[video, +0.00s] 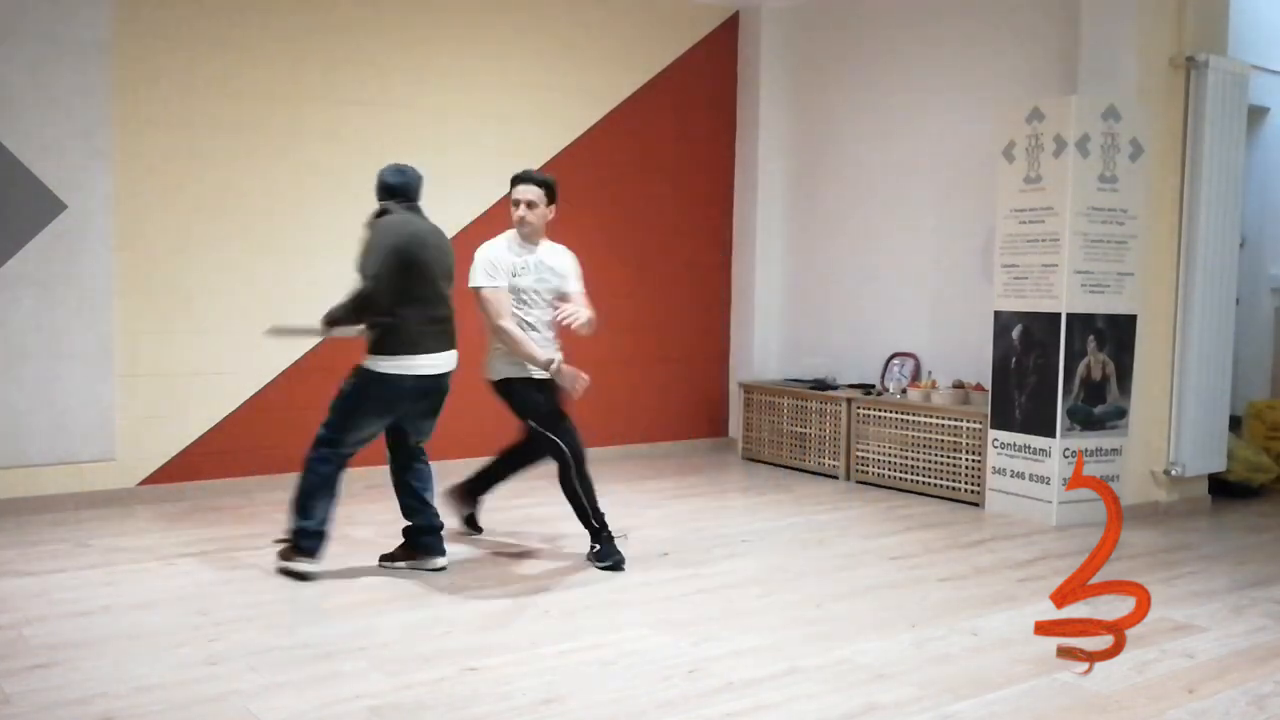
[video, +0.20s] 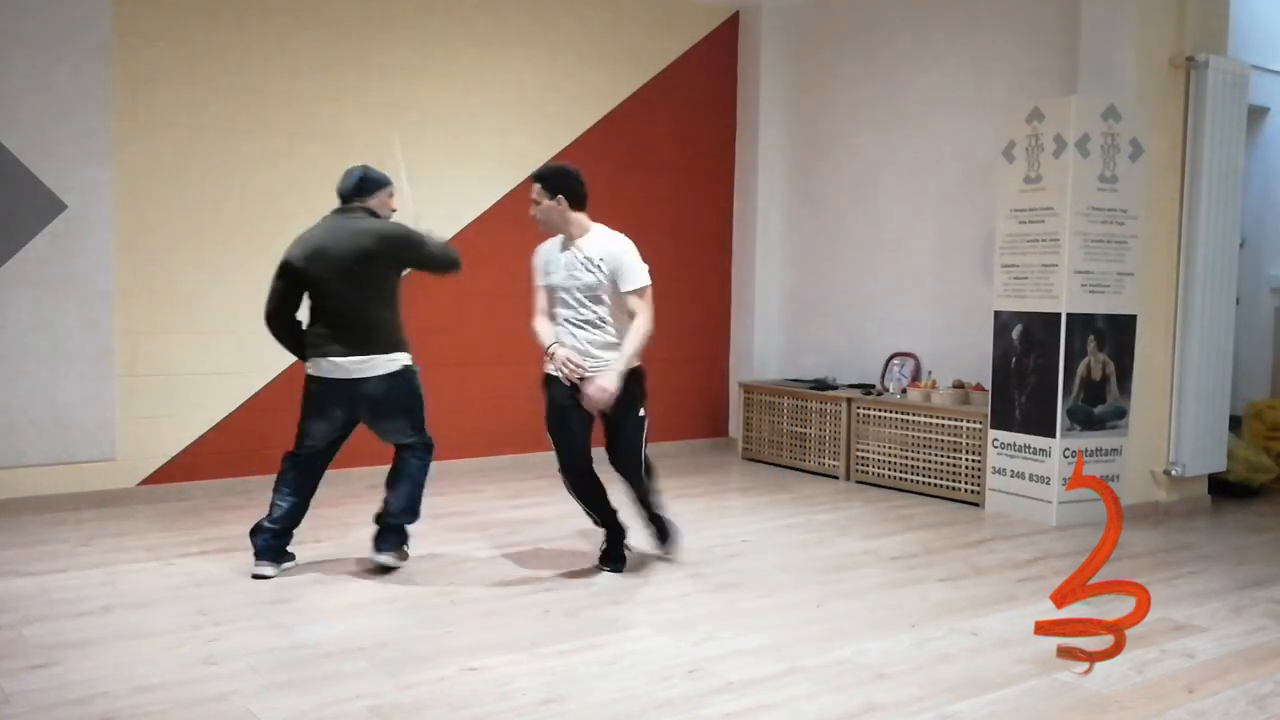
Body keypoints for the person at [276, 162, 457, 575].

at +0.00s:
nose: (378, 201)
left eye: (379, 195)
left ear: (382, 194)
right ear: (416, 195)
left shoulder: (387, 229)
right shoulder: (437, 235)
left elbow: (376, 292)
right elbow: (424, 298)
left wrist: (336, 317)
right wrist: (370, 317)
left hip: (390, 372)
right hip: (436, 370)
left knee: (330, 449)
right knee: (408, 448)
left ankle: (305, 545)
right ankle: (426, 543)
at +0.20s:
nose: (395, 206)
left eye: (393, 198)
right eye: (390, 199)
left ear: (347, 199)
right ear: (372, 200)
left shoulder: (306, 244)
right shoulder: (387, 235)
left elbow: (278, 315)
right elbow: (449, 260)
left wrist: (313, 351)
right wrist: (425, 240)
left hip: (327, 378)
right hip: (386, 374)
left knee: (305, 458)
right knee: (414, 446)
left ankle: (269, 549)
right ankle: (391, 540)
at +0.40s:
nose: (372, 200)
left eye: (371, 194)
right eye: (367, 193)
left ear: (328, 196)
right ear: (346, 194)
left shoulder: (300, 240)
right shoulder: (346, 223)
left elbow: (299, 313)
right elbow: (408, 192)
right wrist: (393, 151)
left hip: (312, 371)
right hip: (355, 365)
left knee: (303, 457)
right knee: (418, 437)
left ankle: (253, 547)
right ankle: (396, 538)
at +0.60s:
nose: (390, 205)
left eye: (388, 196)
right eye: (389, 197)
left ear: (348, 197)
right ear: (378, 199)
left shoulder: (327, 239)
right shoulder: (364, 229)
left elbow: (371, 303)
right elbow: (414, 185)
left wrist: (430, 311)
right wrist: (386, 141)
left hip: (324, 376)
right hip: (367, 373)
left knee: (312, 461)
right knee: (435, 451)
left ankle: (253, 545)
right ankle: (440, 556)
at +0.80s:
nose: (462, 219)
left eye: (462, 209)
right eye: (461, 211)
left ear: (423, 205)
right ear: (452, 210)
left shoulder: (409, 247)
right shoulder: (428, 243)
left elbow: (467, 310)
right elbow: (480, 204)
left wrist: (473, 300)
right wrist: (471, 149)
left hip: (382, 381)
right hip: (414, 381)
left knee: (349, 464)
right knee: (477, 461)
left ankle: (279, 531)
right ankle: (457, 577)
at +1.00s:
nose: (559, 209)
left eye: (557, 200)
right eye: (551, 201)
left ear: (519, 198)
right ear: (527, 202)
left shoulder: (498, 230)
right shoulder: (502, 233)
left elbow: (491, 304)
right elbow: (580, 231)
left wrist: (537, 314)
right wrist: (632, 172)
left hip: (478, 370)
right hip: (473, 374)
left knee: (518, 451)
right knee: (509, 475)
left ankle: (469, 548)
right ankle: (458, 577)